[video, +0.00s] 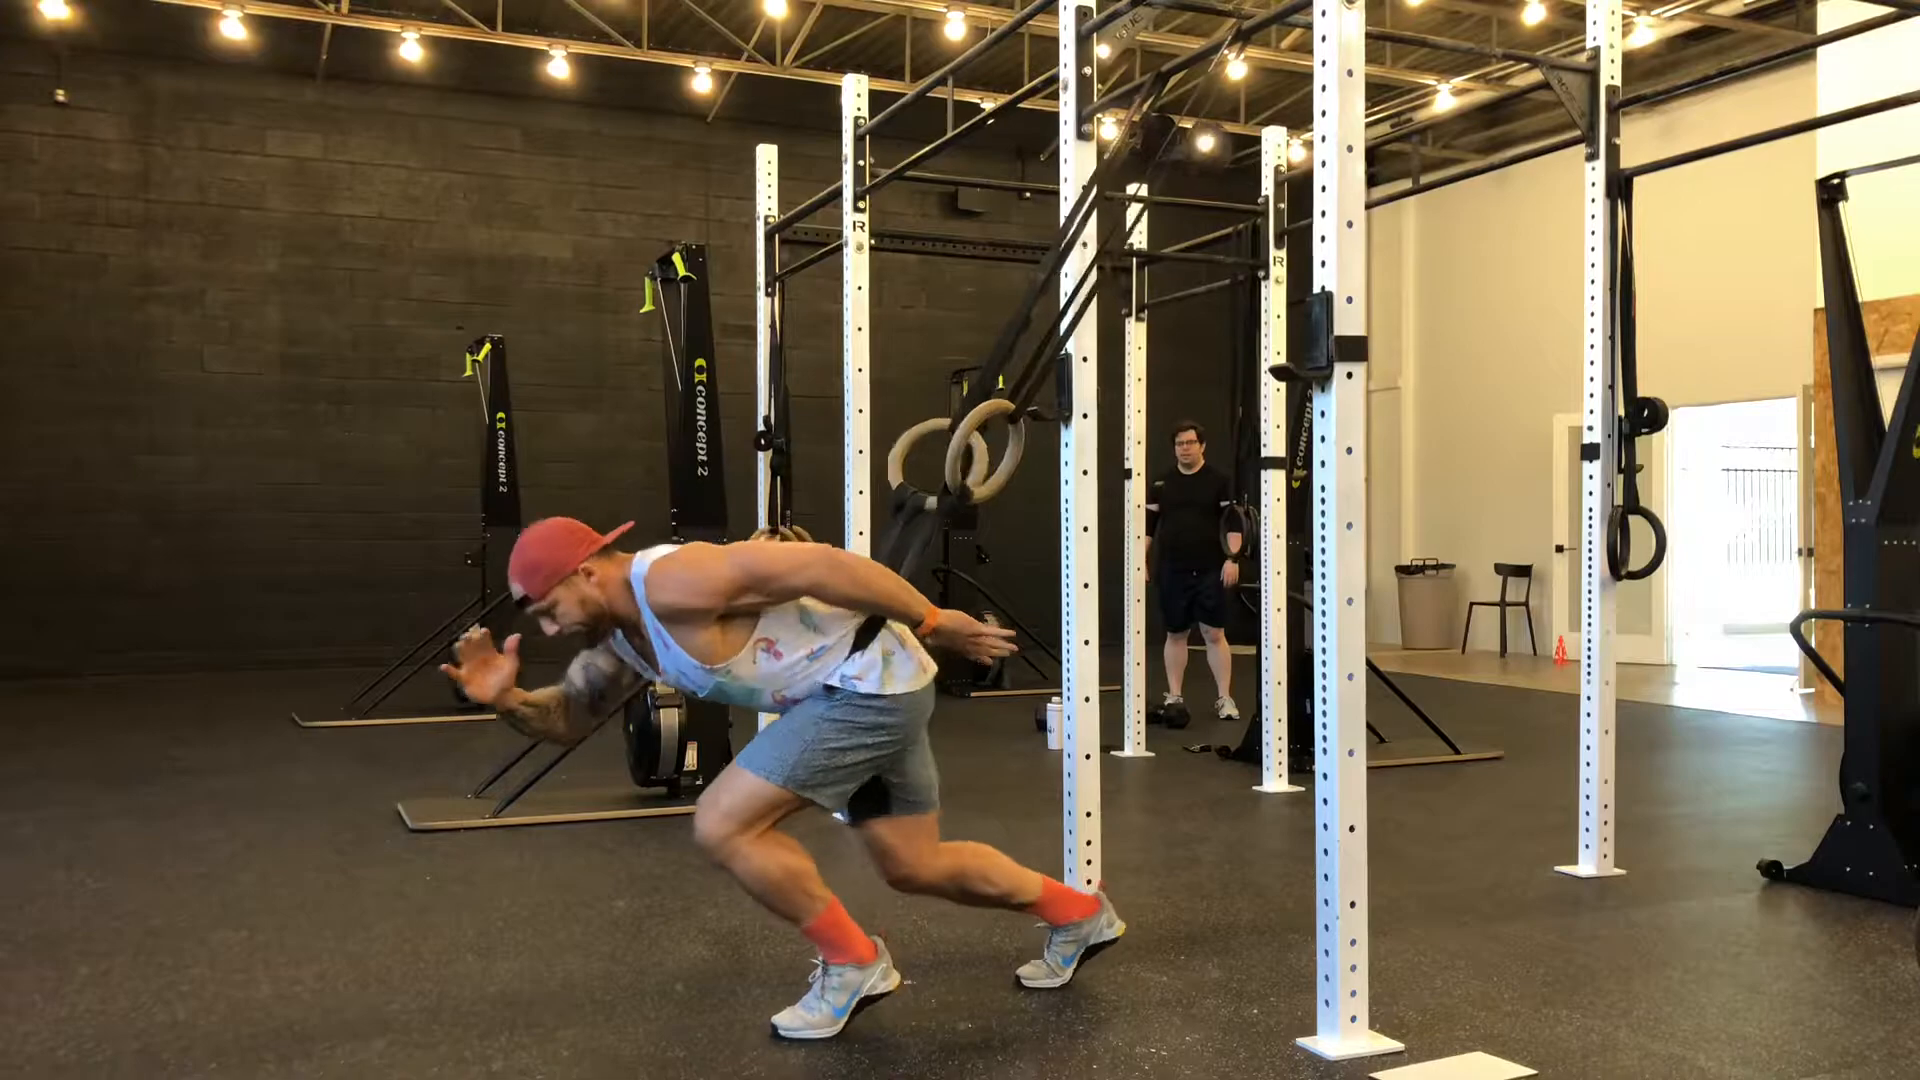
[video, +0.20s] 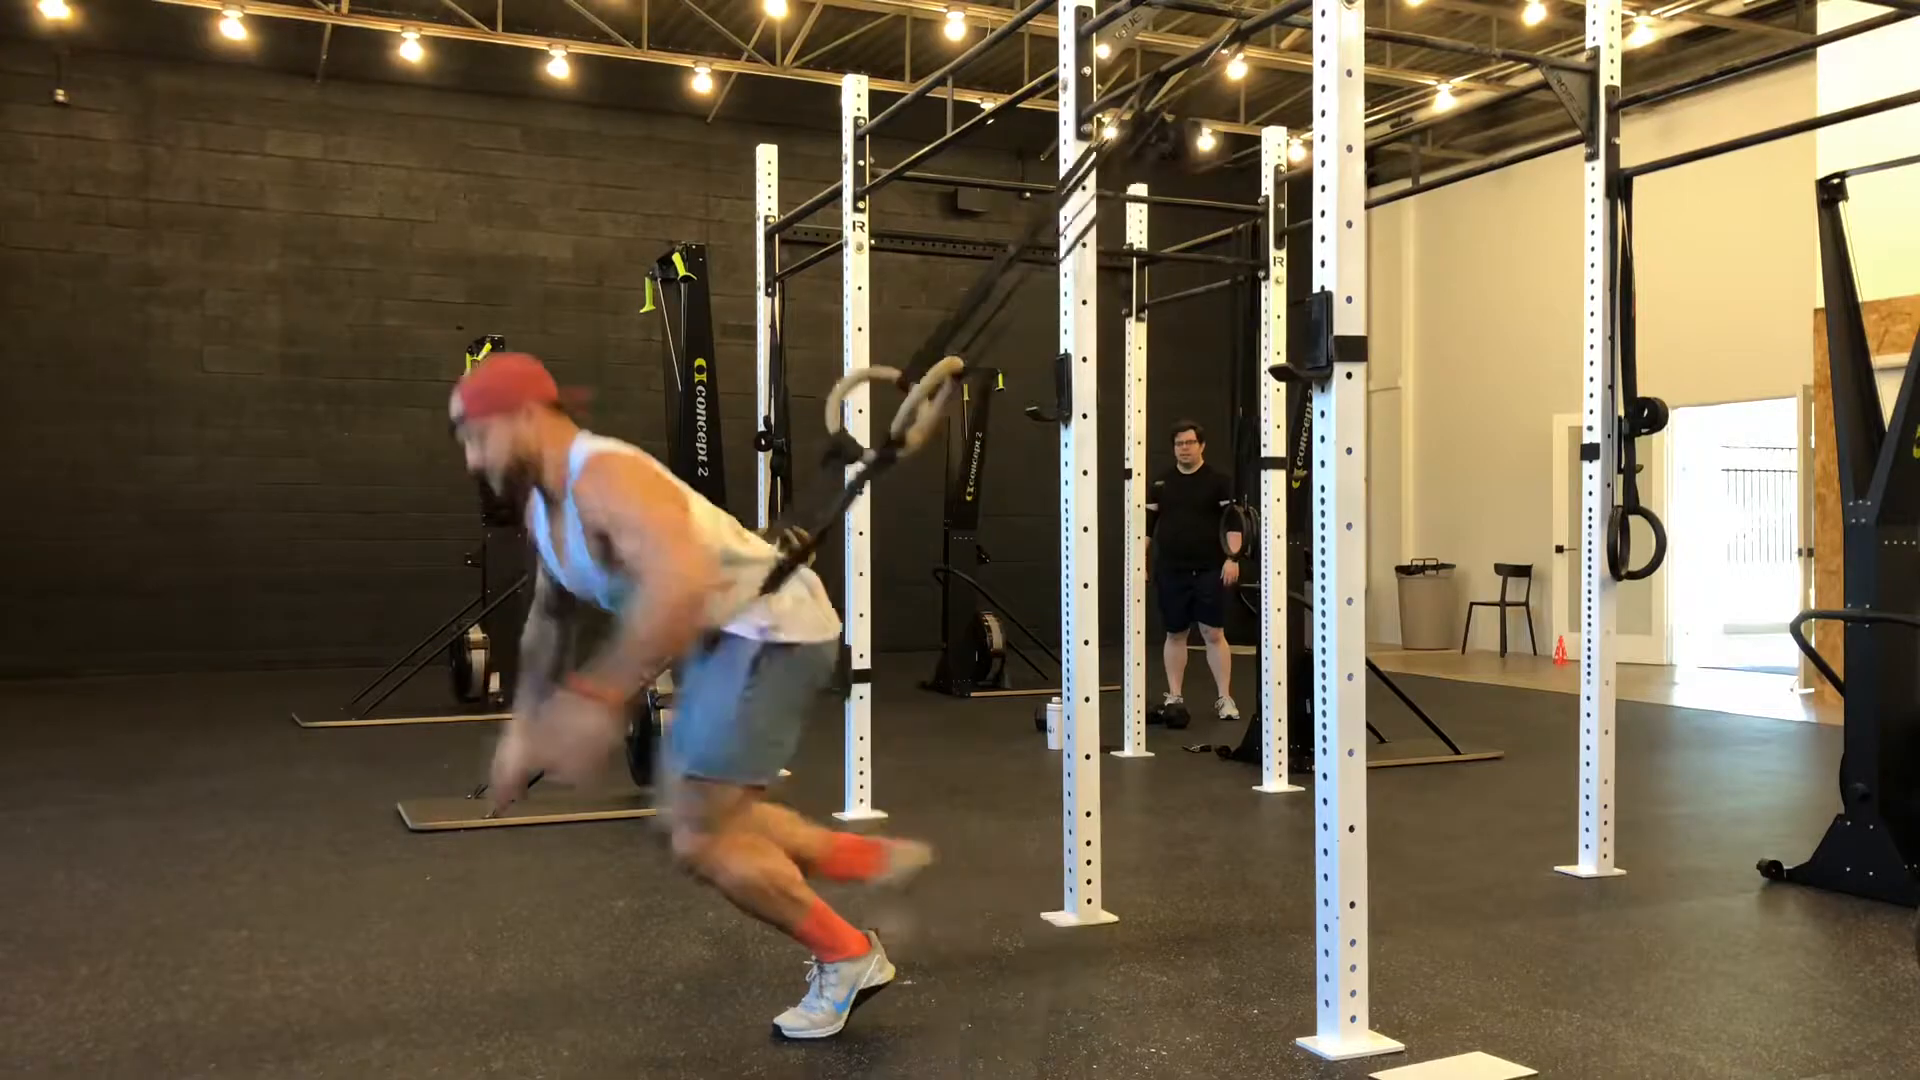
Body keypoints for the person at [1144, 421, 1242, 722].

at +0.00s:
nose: (1184, 448)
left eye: (1189, 443)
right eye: (1179, 444)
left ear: (1202, 446)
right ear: (1173, 448)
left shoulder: (1218, 481)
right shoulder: (1162, 484)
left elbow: (1233, 522)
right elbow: (1148, 526)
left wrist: (1232, 558)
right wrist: (1142, 560)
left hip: (1210, 570)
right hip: (1172, 570)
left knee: (1214, 634)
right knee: (1176, 634)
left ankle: (1224, 698)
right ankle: (1174, 696)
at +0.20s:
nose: (1183, 448)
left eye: (1189, 443)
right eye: (1179, 444)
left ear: (1202, 446)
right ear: (1173, 448)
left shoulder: (1218, 481)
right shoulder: (1162, 483)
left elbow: (1233, 522)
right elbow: (1147, 526)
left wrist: (1233, 558)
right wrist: (1142, 562)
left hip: (1209, 570)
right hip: (1171, 570)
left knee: (1213, 633)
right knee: (1175, 634)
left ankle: (1224, 698)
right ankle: (1174, 696)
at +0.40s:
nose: (1183, 448)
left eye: (1188, 443)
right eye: (1178, 443)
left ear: (1201, 446)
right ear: (1172, 448)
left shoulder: (1217, 481)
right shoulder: (1162, 483)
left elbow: (1233, 521)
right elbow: (1146, 526)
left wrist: (1232, 557)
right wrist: (1141, 561)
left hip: (1209, 570)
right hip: (1171, 570)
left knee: (1213, 633)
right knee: (1175, 634)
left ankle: (1225, 698)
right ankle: (1174, 696)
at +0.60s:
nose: (1182, 448)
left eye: (1188, 443)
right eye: (1177, 444)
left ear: (1201, 446)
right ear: (1171, 448)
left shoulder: (1217, 481)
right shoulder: (1161, 483)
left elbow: (1233, 521)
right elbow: (1146, 527)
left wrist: (1232, 557)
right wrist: (1140, 563)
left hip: (1209, 570)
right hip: (1171, 570)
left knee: (1213, 633)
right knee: (1175, 634)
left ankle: (1224, 698)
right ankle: (1174, 696)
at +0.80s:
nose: (1182, 449)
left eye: (1188, 443)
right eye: (1177, 444)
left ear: (1200, 446)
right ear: (1171, 448)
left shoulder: (1217, 481)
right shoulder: (1161, 484)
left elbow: (1233, 522)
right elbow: (1146, 528)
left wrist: (1232, 557)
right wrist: (1141, 563)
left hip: (1209, 570)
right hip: (1171, 570)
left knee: (1213, 634)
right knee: (1175, 634)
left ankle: (1224, 698)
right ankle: (1174, 696)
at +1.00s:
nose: (1182, 449)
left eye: (1187, 443)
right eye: (1177, 444)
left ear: (1200, 446)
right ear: (1171, 448)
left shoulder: (1216, 481)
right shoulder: (1161, 484)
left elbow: (1233, 522)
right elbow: (1147, 529)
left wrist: (1232, 558)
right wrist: (1141, 564)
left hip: (1209, 570)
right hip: (1171, 570)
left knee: (1213, 634)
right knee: (1175, 634)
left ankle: (1224, 698)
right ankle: (1174, 697)